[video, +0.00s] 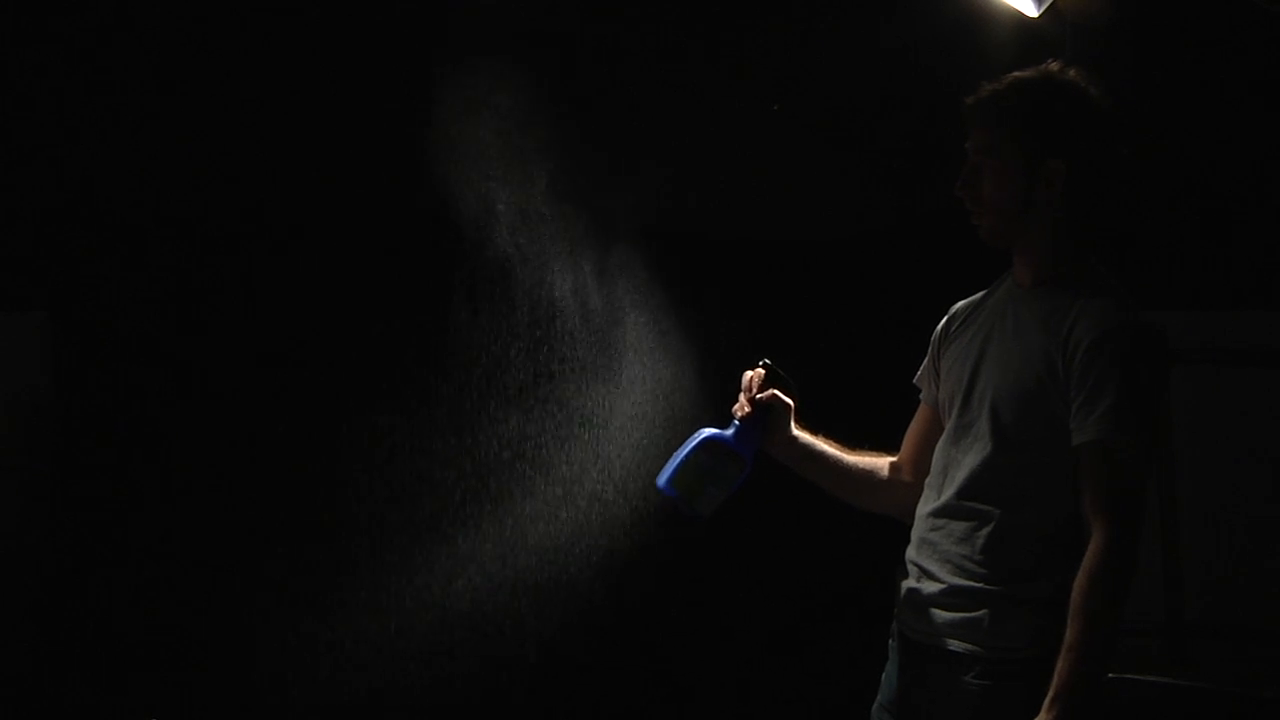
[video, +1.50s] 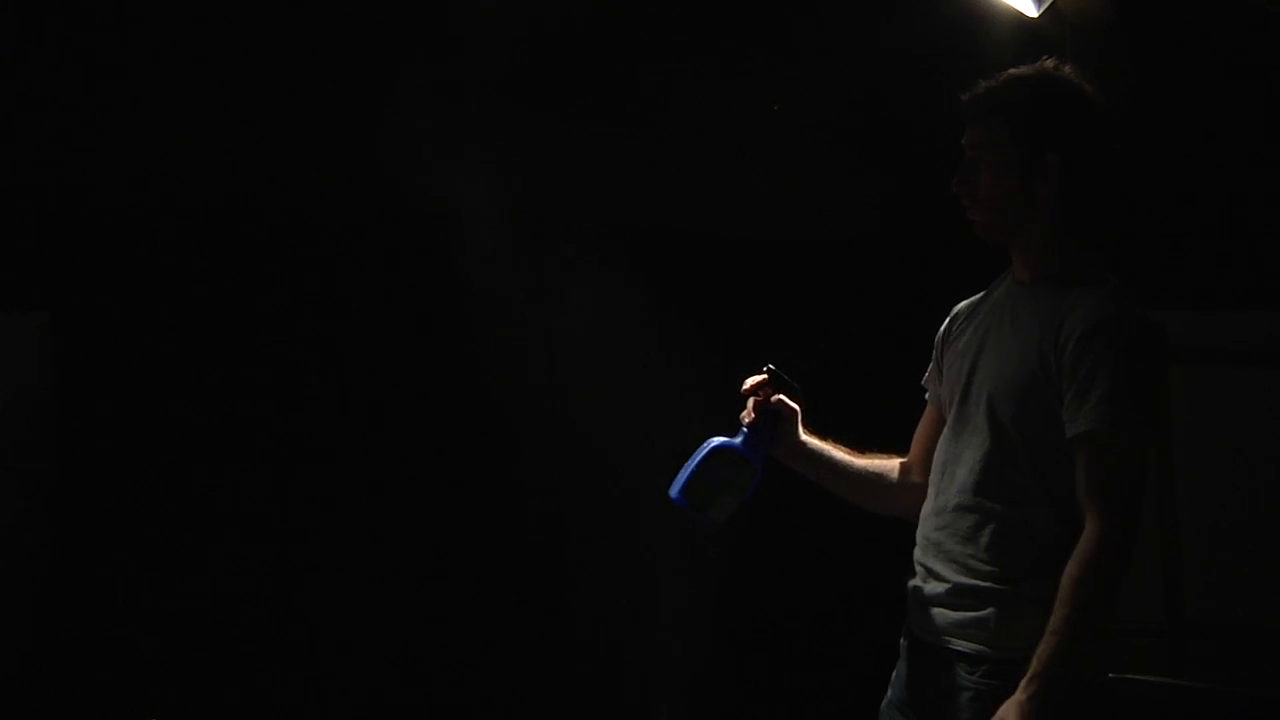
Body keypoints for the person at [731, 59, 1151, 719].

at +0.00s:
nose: (966, 182)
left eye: (987, 161)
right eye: (969, 160)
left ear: (1046, 176)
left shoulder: (1099, 326)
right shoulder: (963, 322)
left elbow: (1112, 533)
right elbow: (907, 484)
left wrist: (1061, 701)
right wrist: (787, 436)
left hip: (1007, 658)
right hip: (917, 640)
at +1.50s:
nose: (963, 180)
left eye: (983, 159)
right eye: (967, 159)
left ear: (1044, 171)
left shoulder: (1097, 323)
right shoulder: (966, 321)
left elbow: (1108, 526)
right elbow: (914, 485)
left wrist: (1035, 692)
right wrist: (797, 443)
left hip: (1011, 668)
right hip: (925, 648)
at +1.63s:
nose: (1122, 324)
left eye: (1145, 306)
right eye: (1123, 305)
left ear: (1202, 319)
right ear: (1121, 320)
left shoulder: (1258, 459)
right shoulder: (1088, 456)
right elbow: (930, 520)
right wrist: (806, 453)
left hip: (1233, 699)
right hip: (1117, 700)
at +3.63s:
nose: (1119, 316)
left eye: (1142, 299)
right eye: (1123, 297)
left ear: (1202, 319)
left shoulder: (1258, 459)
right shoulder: (1088, 456)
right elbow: (933, 519)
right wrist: (811, 449)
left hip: (1233, 702)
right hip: (1118, 702)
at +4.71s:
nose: (1121, 330)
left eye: (1143, 312)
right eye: (1125, 312)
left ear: (1199, 330)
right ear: (1125, 332)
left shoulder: (1256, 463)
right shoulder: (1087, 468)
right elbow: (933, 531)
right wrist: (814, 460)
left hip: (1238, 700)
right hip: (1121, 702)